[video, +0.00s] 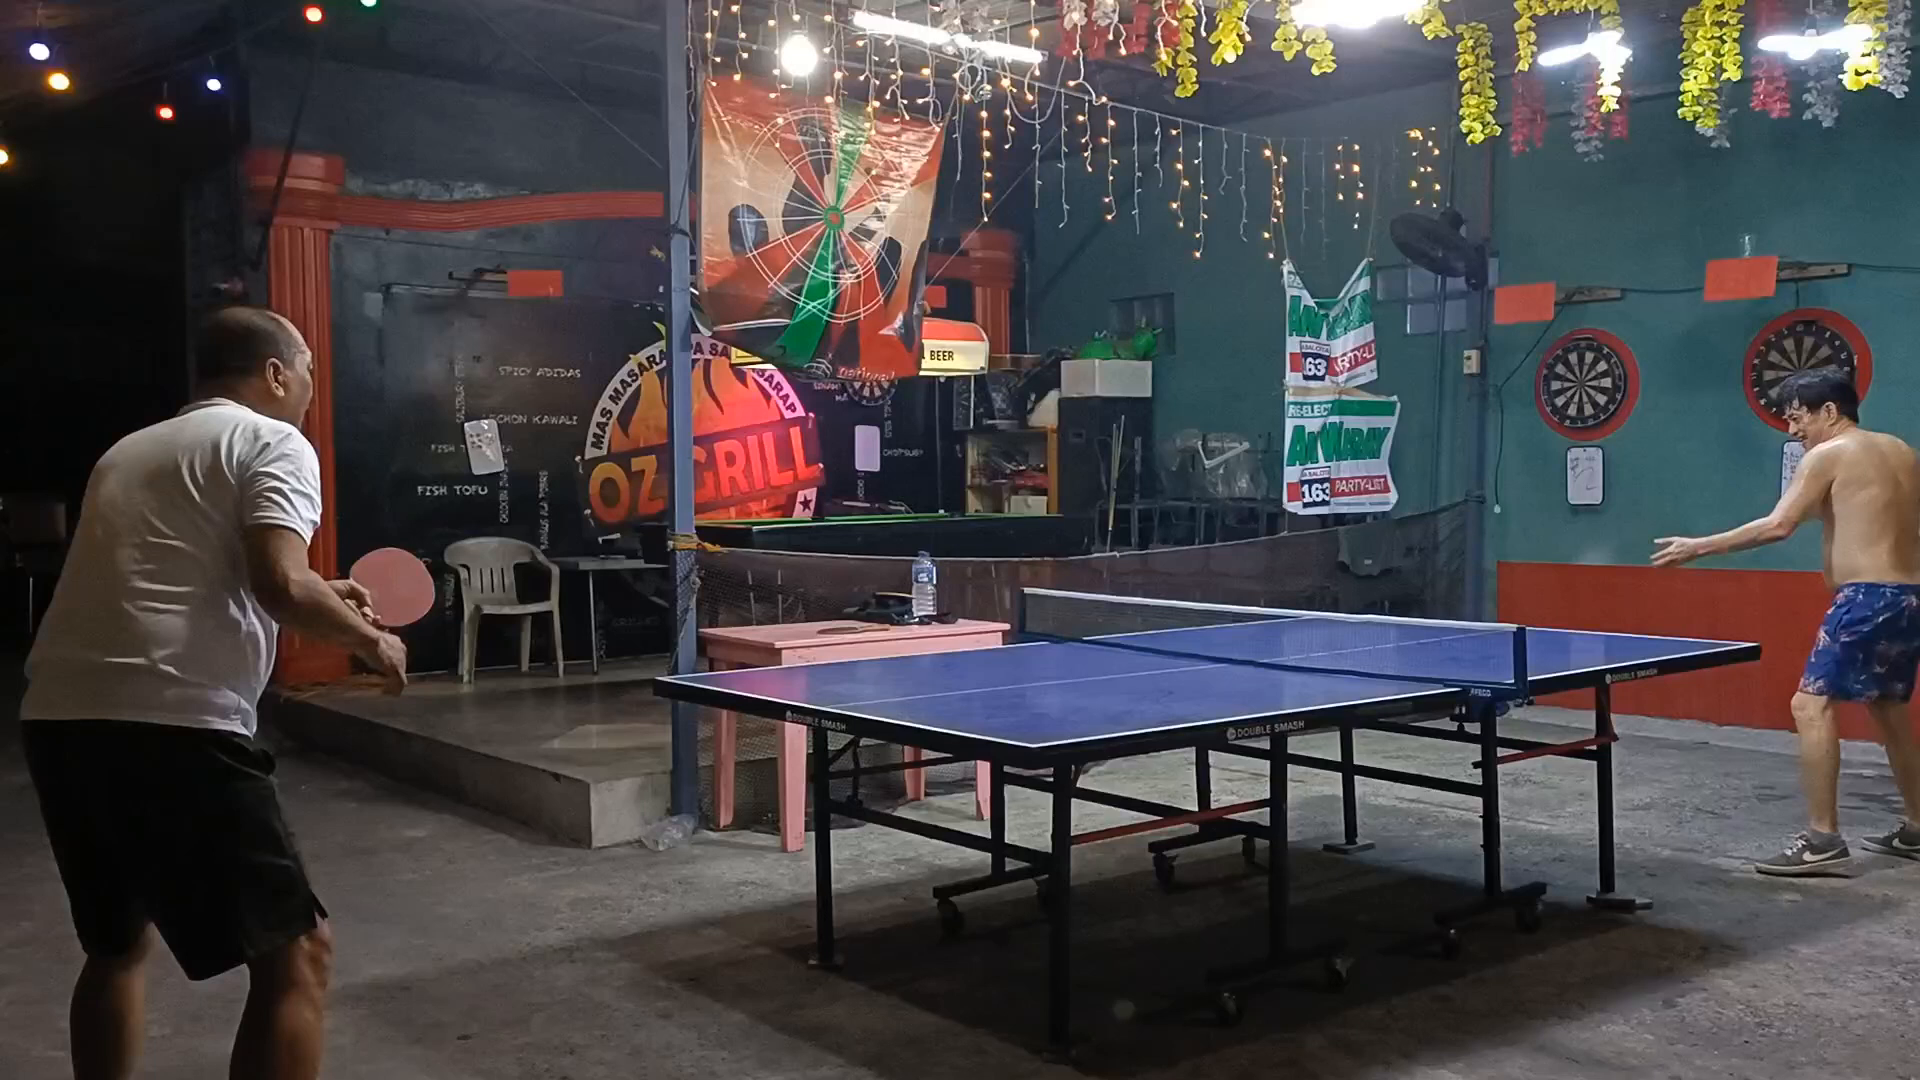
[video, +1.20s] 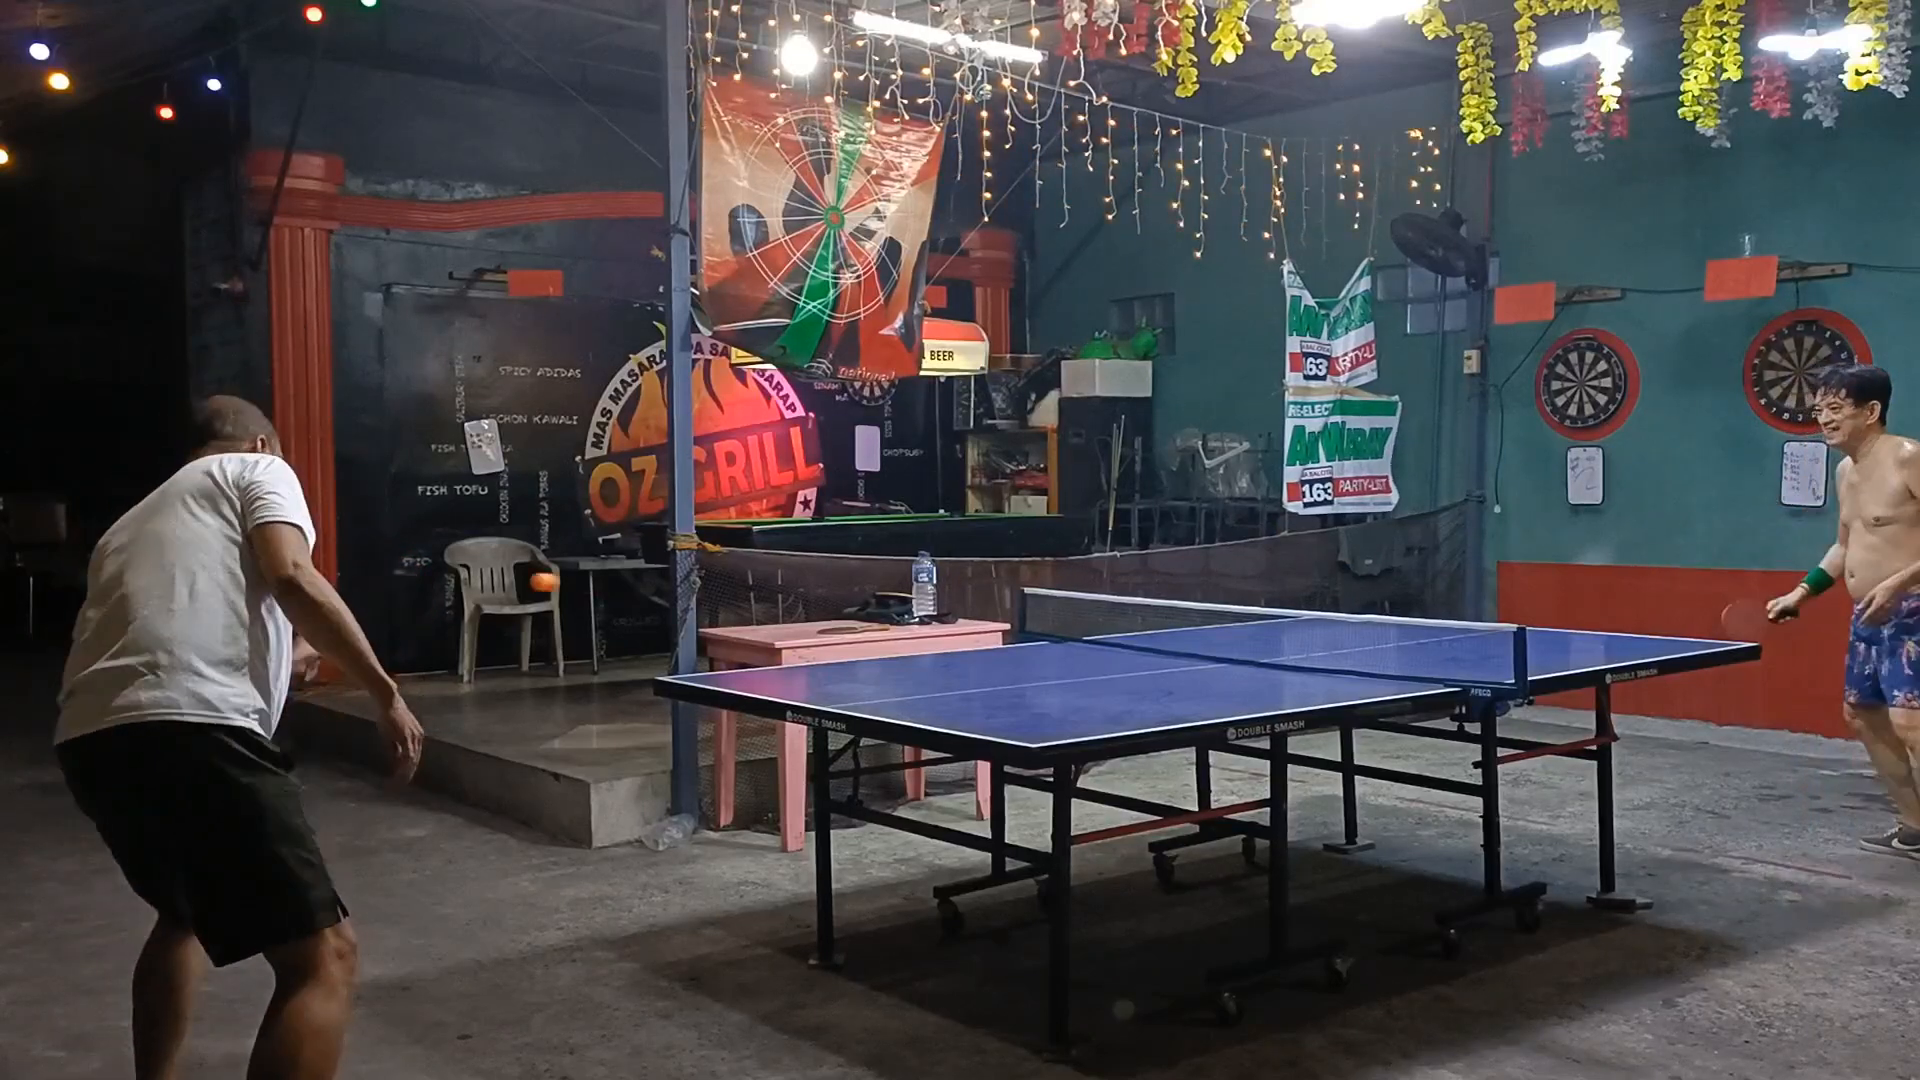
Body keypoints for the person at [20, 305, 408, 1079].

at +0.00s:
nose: (308, 392)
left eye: (308, 376)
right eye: (305, 375)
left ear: (209, 376)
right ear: (277, 372)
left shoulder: (122, 451)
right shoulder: (272, 442)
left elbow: (174, 578)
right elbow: (285, 581)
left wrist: (317, 593)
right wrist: (367, 638)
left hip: (59, 719)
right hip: (183, 725)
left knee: (115, 946)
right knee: (296, 951)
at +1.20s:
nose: (279, 466)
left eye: (276, 458)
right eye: (278, 457)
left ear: (199, 450)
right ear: (262, 447)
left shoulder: (126, 524)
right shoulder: (257, 469)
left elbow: (149, 633)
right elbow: (288, 573)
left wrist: (272, 663)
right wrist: (385, 693)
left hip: (90, 740)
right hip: (199, 726)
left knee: (182, 912)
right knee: (322, 961)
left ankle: (155, 1072)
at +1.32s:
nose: (287, 494)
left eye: (288, 483)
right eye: (286, 481)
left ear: (213, 461)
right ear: (271, 466)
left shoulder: (164, 529)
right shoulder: (244, 477)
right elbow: (246, 565)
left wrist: (373, 650)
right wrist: (367, 683)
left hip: (78, 739)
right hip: (169, 727)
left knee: (193, 916)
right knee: (298, 945)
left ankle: (160, 1070)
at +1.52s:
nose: (295, 465)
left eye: (296, 451)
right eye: (295, 448)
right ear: (271, 436)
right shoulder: (227, 455)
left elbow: (253, 673)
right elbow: (187, 541)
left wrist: (367, 734)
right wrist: (252, 663)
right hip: (126, 707)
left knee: (181, 937)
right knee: (223, 937)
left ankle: (161, 1070)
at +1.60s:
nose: (292, 460)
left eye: (296, 445)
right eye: (293, 442)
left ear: (230, 425)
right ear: (264, 428)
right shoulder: (223, 455)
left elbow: (219, 673)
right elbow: (175, 544)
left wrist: (326, 754)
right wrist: (227, 674)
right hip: (123, 712)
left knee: (193, 943)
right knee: (209, 950)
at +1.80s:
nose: (275, 421)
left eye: (276, 405)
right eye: (271, 404)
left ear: (194, 403)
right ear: (234, 402)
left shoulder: (131, 467)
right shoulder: (198, 455)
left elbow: (136, 641)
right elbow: (171, 581)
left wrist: (213, 760)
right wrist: (232, 725)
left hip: (77, 731)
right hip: (127, 737)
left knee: (205, 896)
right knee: (164, 988)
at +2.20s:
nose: (267, 412)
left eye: (263, 394)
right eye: (255, 393)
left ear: (195, 408)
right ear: (201, 407)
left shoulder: (136, 485)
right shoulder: (147, 485)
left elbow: (145, 672)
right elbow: (101, 653)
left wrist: (222, 770)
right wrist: (201, 773)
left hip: (57, 771)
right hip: (55, 776)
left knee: (116, 971)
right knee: (174, 992)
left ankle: (71, 1076)